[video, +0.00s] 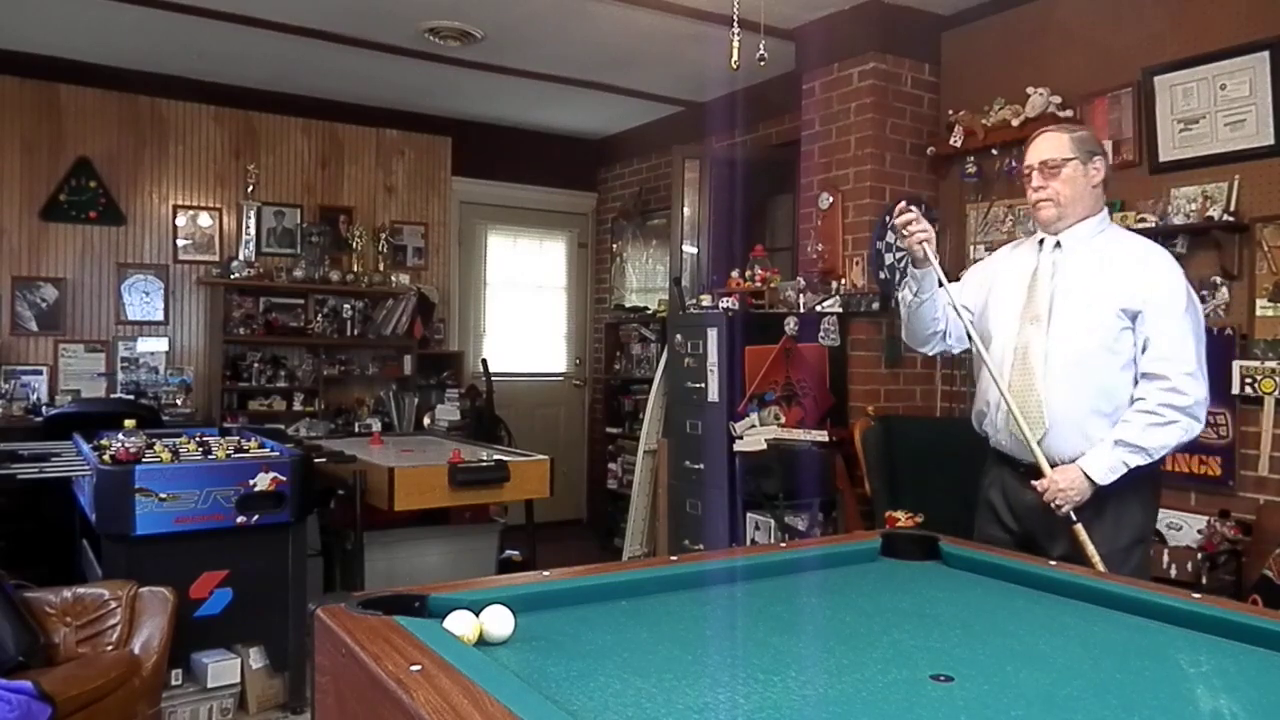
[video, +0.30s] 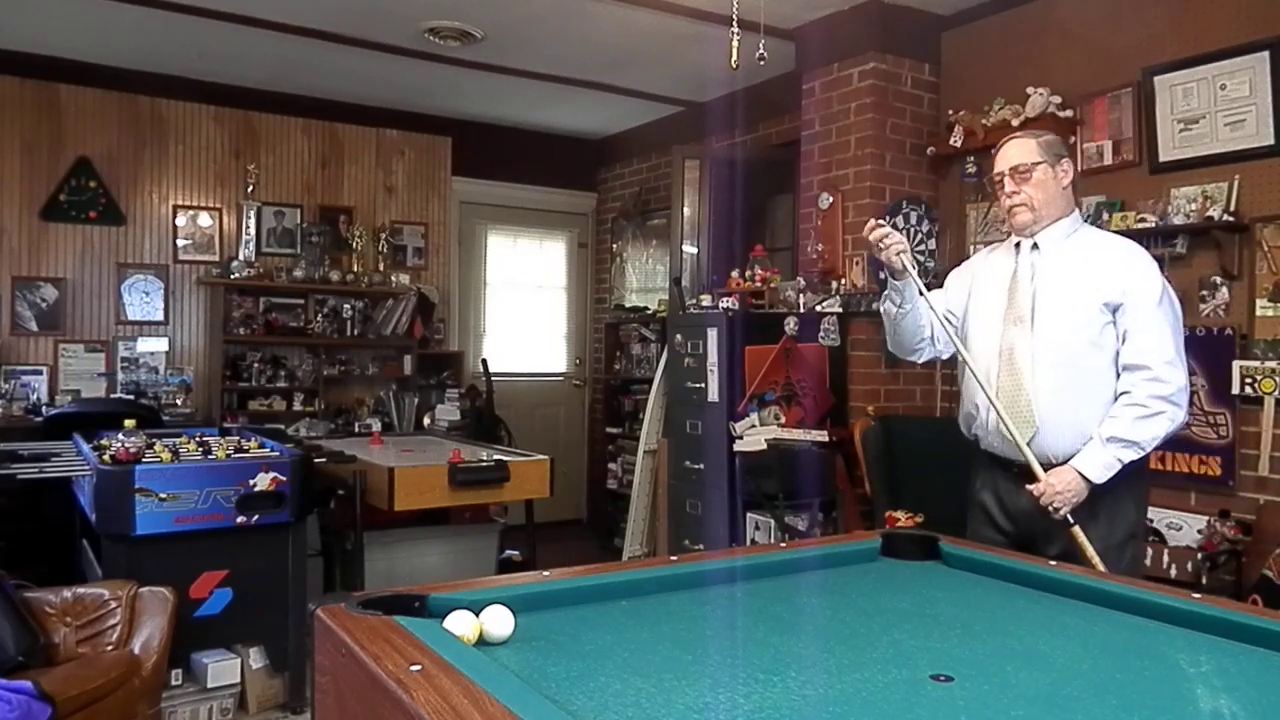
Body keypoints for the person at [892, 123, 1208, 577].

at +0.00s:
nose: (1034, 184)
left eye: (1050, 168)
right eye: (1028, 173)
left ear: (1095, 171)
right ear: (1023, 183)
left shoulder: (1148, 267)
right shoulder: (1004, 265)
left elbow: (1177, 399)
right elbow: (930, 334)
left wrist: (1090, 471)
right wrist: (922, 267)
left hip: (1103, 500)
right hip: (1004, 487)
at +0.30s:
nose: (1008, 190)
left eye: (1022, 174)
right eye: (999, 182)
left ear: (1064, 173)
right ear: (995, 193)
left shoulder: (1124, 264)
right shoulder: (979, 271)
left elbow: (1158, 392)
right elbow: (916, 342)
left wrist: (1083, 471)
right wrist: (902, 279)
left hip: (1098, 494)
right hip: (996, 487)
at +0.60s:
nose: (1011, 192)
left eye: (1025, 176)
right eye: (999, 183)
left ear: (1064, 176)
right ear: (991, 192)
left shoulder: (1120, 266)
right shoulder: (972, 270)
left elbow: (1157, 395)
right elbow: (908, 341)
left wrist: (1088, 473)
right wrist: (901, 277)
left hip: (1094, 496)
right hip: (990, 488)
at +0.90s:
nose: (1047, 193)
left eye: (1065, 179)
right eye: (1033, 180)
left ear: (1091, 185)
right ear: (1014, 189)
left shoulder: (1136, 273)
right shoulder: (975, 274)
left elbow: (1189, 385)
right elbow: (920, 363)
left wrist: (1132, 452)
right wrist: (909, 341)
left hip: (1105, 501)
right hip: (998, 496)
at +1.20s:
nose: (1121, 205)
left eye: (1140, 192)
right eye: (1107, 187)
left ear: (1164, 199)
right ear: (1080, 186)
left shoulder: (1200, 290)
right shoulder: (1022, 273)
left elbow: (1249, 393)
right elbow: (966, 374)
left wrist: (1206, 441)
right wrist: (995, 447)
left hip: (1139, 521)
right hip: (1028, 512)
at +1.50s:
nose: (1216, 225)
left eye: (1237, 213)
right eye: (1203, 203)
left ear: (1255, 216)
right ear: (1169, 191)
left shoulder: (1269, 295)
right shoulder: (1091, 268)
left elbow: (1275, 415)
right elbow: (1037, 389)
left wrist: (1255, 456)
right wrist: (1073, 495)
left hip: (1196, 524)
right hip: (1080, 515)